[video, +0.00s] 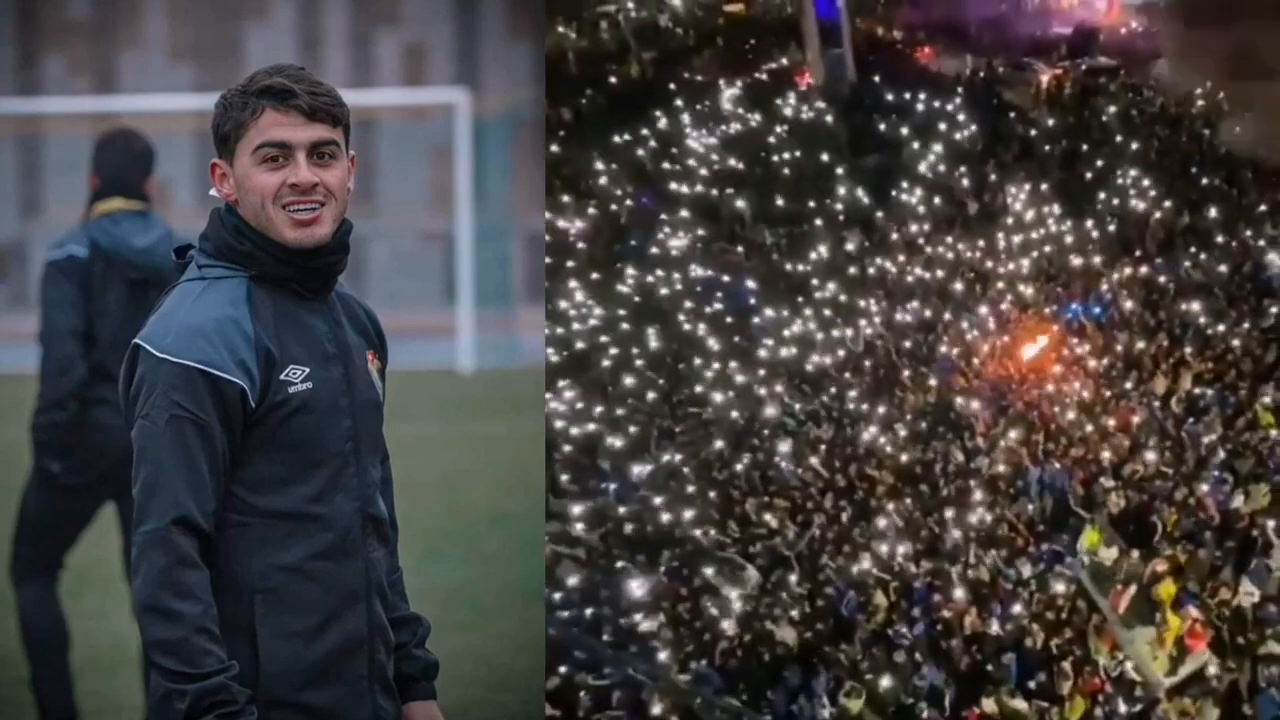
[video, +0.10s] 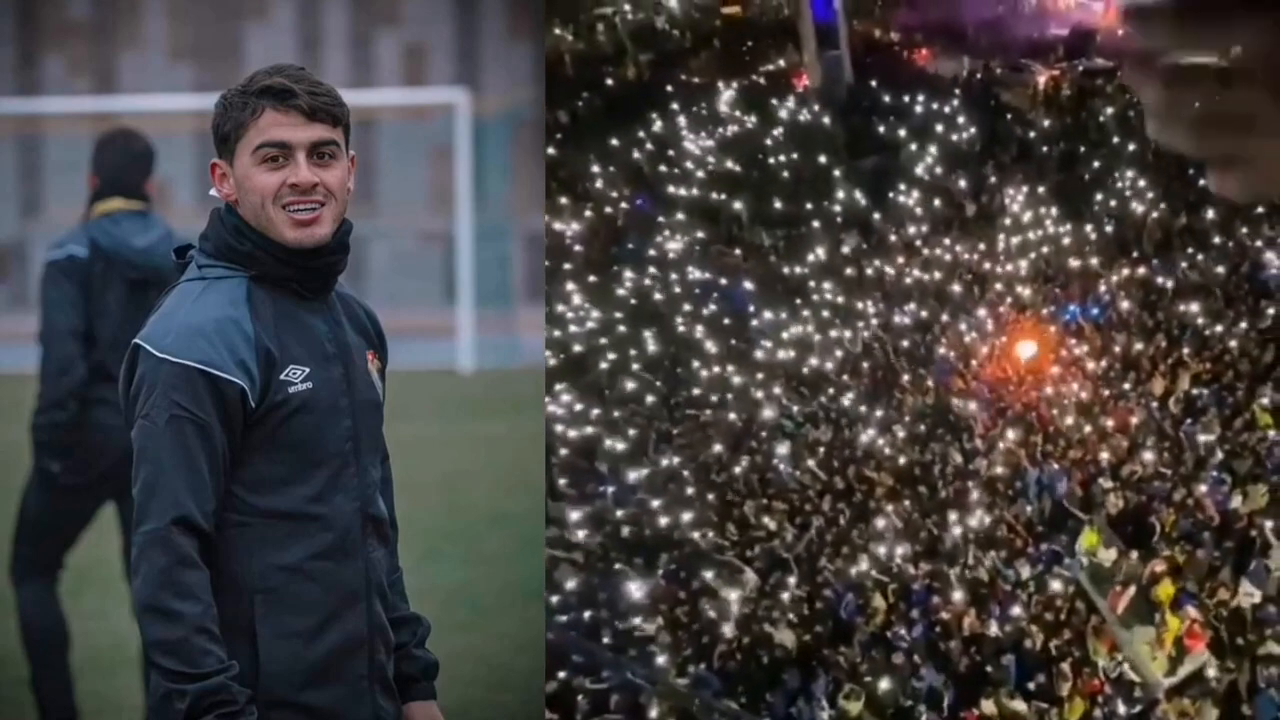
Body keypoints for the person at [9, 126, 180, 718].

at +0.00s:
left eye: (92, 173)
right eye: (150, 178)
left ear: (94, 180)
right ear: (152, 185)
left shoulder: (73, 254)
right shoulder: (178, 255)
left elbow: (65, 363)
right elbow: (191, 352)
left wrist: (51, 442)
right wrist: (175, 429)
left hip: (87, 449)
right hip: (158, 448)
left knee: (34, 570)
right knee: (157, 580)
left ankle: (57, 707)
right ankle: (167, 704)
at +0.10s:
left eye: (93, 173)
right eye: (150, 178)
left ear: (94, 179)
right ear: (152, 185)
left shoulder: (73, 254)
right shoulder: (178, 255)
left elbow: (65, 363)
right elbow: (190, 352)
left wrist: (52, 442)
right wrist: (174, 429)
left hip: (87, 449)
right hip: (158, 448)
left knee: (34, 570)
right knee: (157, 581)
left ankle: (57, 707)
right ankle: (167, 704)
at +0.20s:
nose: (95, 182)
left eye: (92, 173)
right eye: (150, 178)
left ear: (94, 180)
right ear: (152, 185)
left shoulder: (73, 254)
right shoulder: (178, 255)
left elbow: (65, 363)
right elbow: (191, 352)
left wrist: (51, 442)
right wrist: (175, 429)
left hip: (87, 449)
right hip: (158, 448)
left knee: (34, 570)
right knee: (157, 580)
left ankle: (57, 707)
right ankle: (167, 704)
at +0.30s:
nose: (95, 182)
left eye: (92, 173)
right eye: (150, 178)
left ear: (94, 180)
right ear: (152, 185)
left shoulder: (73, 254)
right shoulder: (178, 255)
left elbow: (65, 363)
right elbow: (191, 352)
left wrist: (51, 442)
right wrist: (175, 429)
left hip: (87, 449)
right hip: (158, 448)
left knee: (34, 570)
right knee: (157, 580)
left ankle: (57, 707)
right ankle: (167, 704)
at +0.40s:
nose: (95, 182)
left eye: (92, 173)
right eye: (150, 178)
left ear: (94, 180)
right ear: (152, 185)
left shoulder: (73, 254)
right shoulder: (178, 255)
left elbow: (65, 363)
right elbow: (191, 352)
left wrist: (51, 442)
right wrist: (175, 429)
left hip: (87, 449)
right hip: (158, 448)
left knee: (34, 570)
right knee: (157, 580)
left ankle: (57, 707)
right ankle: (167, 704)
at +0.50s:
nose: (95, 182)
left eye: (92, 173)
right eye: (150, 178)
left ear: (94, 180)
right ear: (152, 185)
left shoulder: (73, 254)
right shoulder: (178, 255)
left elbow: (65, 363)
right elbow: (191, 352)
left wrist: (51, 442)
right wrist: (175, 429)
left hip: (87, 449)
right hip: (158, 448)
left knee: (34, 570)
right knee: (157, 580)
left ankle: (57, 707)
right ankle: (167, 704)